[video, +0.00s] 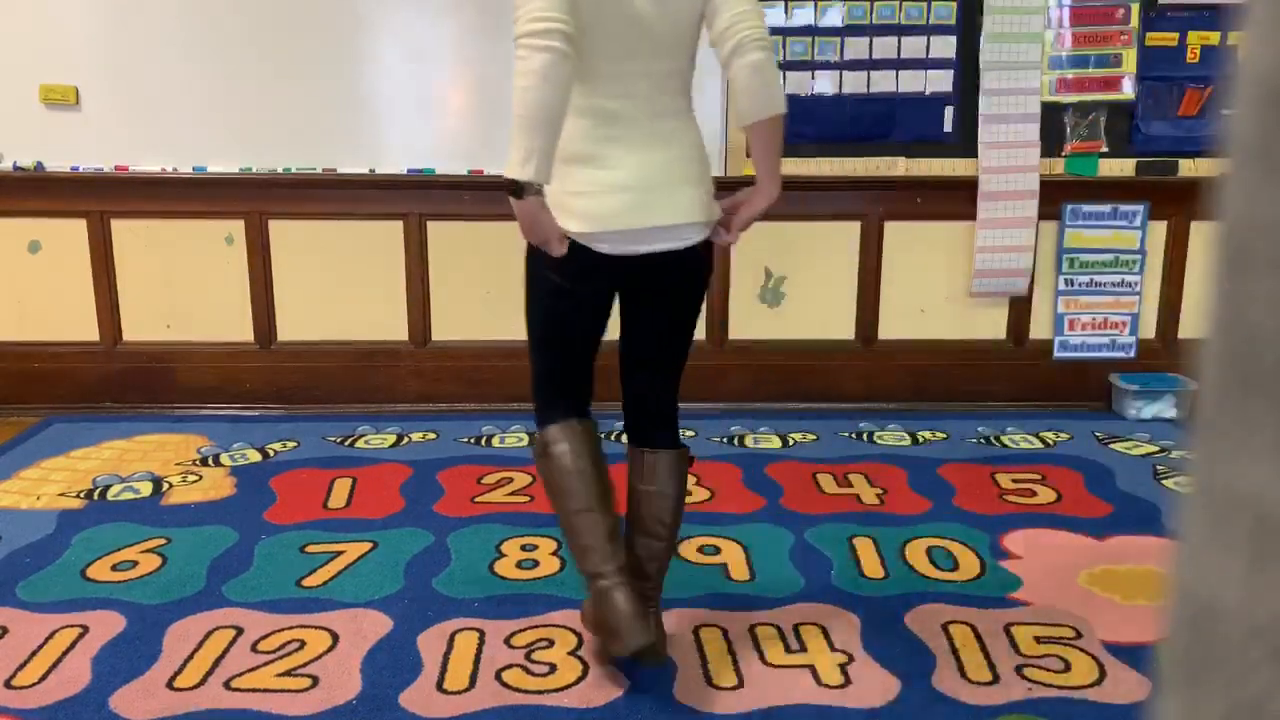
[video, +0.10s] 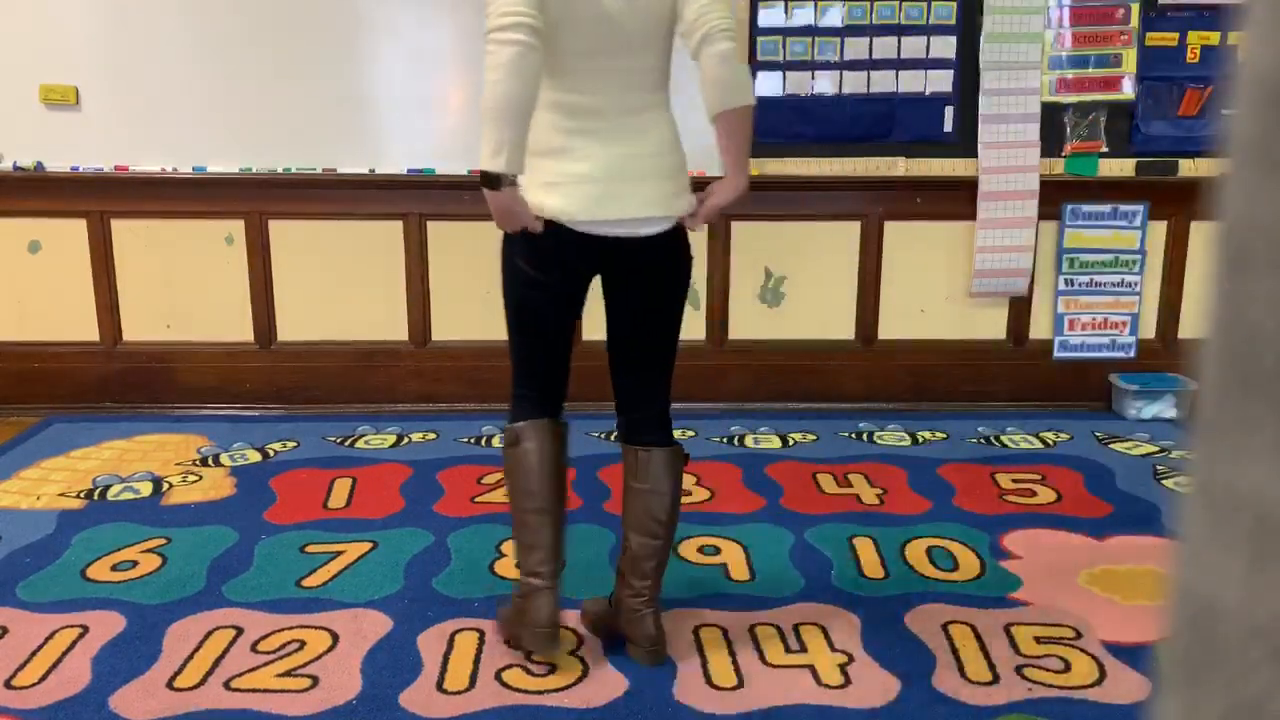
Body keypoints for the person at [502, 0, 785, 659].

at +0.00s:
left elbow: (547, 46)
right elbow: (748, 45)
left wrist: (523, 185)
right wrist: (768, 180)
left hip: (579, 215)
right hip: (680, 217)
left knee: (562, 402)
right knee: (656, 408)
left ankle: (613, 596)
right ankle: (642, 611)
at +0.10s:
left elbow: (516, 38)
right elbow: (716, 36)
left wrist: (496, 175)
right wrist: (738, 172)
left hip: (552, 204)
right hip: (654, 206)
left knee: (536, 401)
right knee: (647, 407)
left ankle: (538, 604)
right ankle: (641, 608)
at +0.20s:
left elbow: (480, 41)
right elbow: (677, 41)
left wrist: (467, 176)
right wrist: (705, 176)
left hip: (525, 204)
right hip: (629, 204)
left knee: (505, 398)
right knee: (638, 408)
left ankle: (485, 587)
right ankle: (638, 606)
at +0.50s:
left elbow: (397, 50)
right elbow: (601, 50)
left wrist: (359, 170)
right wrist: (637, 170)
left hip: (453, 193)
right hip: (551, 193)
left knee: (454, 378)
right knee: (534, 351)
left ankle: (468, 573)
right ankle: (562, 523)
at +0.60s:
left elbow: (391, 55)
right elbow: (585, 54)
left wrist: (349, 166)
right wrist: (617, 172)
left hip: (440, 197)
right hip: (535, 198)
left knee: (445, 378)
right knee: (505, 348)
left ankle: (467, 566)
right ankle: (515, 529)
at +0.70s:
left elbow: (387, 63)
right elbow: (571, 64)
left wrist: (362, 171)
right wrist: (599, 175)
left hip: (433, 198)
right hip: (521, 198)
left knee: (434, 379)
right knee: (489, 354)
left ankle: (473, 556)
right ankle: (466, 513)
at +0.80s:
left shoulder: (397, 2)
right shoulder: (538, 1)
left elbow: (381, 105)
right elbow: (562, 97)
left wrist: (361, 199)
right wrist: (582, 199)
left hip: (431, 228)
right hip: (512, 225)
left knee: (403, 389)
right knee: (460, 357)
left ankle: (474, 543)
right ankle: (462, 514)